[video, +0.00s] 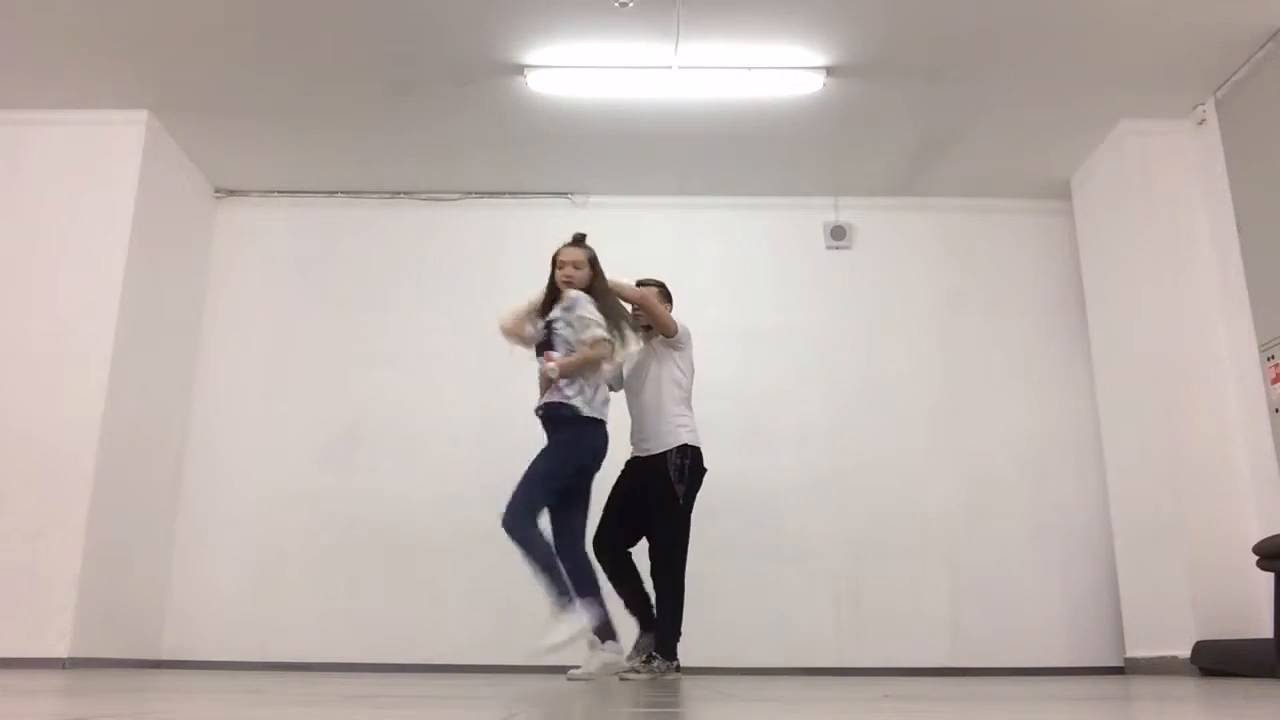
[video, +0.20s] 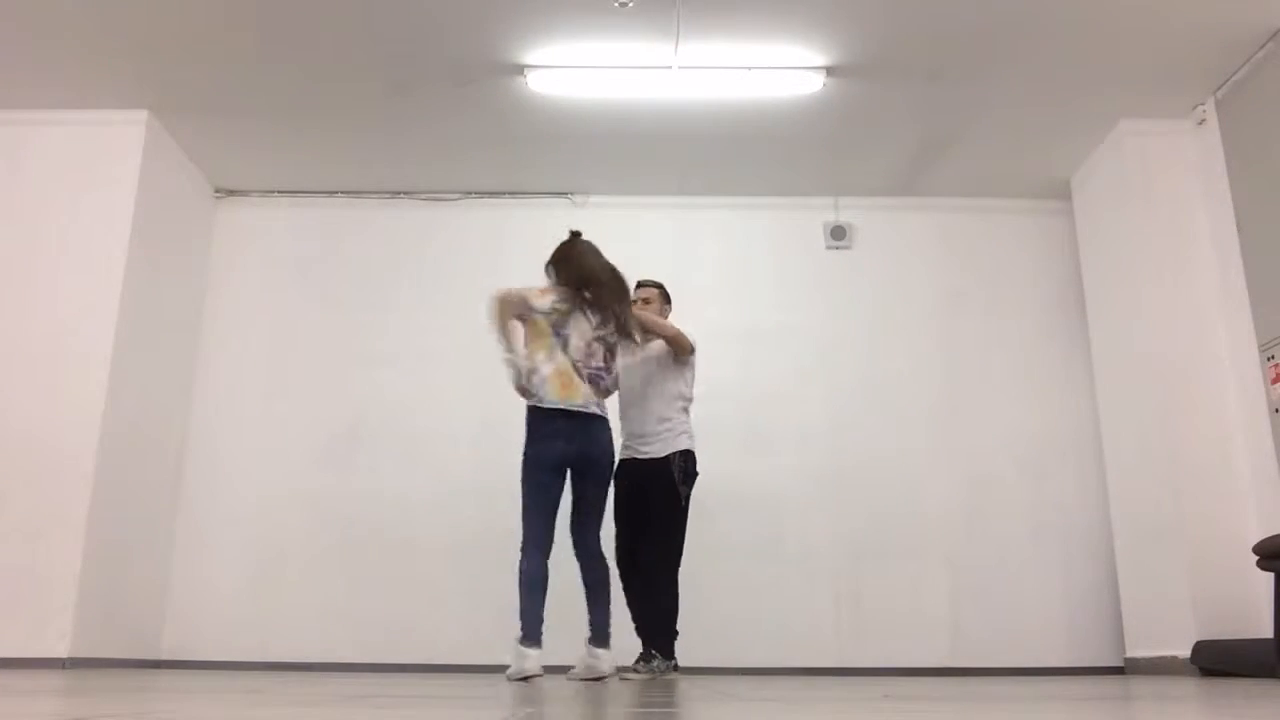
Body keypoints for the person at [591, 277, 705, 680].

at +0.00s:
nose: (639, 304)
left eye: (647, 297)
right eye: (637, 298)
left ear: (667, 307)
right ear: (634, 311)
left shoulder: (677, 339)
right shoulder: (631, 356)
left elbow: (644, 301)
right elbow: (604, 380)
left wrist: (602, 285)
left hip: (677, 459)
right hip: (641, 462)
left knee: (666, 560)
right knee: (607, 545)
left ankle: (666, 656)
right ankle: (650, 627)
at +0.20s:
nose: (639, 308)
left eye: (648, 301)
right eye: (635, 302)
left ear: (667, 310)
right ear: (629, 309)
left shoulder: (679, 348)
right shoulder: (622, 351)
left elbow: (673, 337)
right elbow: (596, 388)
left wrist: (631, 315)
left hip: (671, 461)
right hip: (631, 462)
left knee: (661, 557)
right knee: (628, 556)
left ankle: (664, 652)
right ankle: (650, 648)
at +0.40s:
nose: (642, 313)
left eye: (650, 306)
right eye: (637, 307)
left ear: (668, 311)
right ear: (630, 311)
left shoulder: (678, 348)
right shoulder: (625, 348)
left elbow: (698, 371)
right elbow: (603, 394)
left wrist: (666, 332)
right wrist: (617, 350)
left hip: (671, 459)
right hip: (631, 461)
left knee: (662, 552)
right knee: (634, 554)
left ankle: (668, 644)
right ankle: (651, 646)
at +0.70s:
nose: (653, 312)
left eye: (660, 305)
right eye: (647, 307)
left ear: (676, 310)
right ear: (641, 315)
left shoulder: (693, 352)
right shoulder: (635, 354)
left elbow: (721, 389)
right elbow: (620, 398)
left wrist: (702, 339)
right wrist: (638, 351)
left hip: (685, 467)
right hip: (640, 467)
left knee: (695, 564)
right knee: (634, 564)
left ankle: (710, 653)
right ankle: (651, 653)